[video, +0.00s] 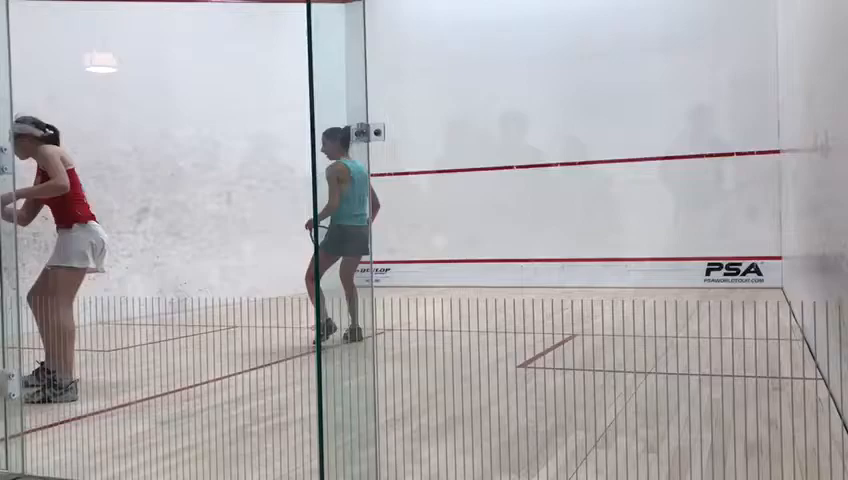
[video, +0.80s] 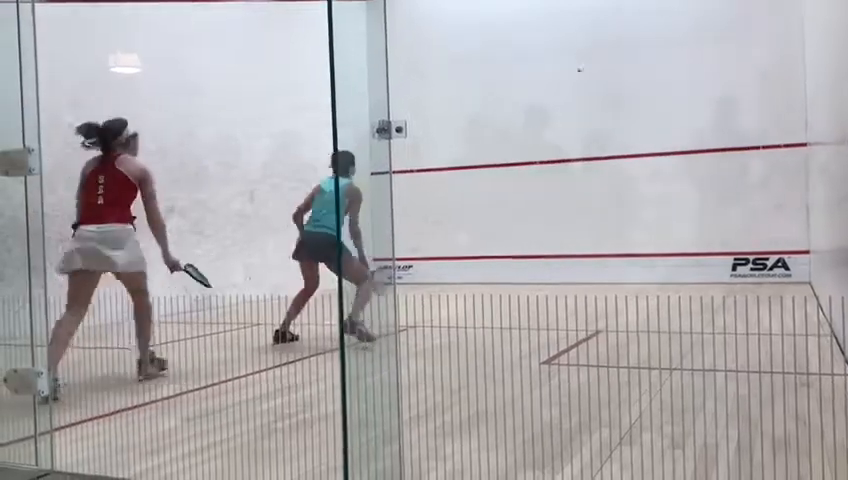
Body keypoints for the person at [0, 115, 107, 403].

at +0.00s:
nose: (13, 148)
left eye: (15, 141)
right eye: (12, 143)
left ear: (28, 137)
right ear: (32, 139)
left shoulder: (47, 151)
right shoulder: (44, 167)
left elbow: (61, 184)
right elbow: (24, 217)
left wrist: (16, 194)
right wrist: (3, 208)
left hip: (80, 235)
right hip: (69, 236)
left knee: (61, 304)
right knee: (38, 298)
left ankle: (66, 381)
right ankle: (53, 367)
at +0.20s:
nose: (13, 159)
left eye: (12, 152)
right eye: (11, 154)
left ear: (21, 146)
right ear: (28, 146)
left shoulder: (38, 154)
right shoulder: (40, 170)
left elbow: (36, 192)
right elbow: (15, 213)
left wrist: (7, 195)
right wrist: (9, 191)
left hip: (81, 234)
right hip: (73, 235)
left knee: (58, 305)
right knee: (53, 303)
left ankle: (71, 380)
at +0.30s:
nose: (13, 176)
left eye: (13, 170)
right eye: (11, 172)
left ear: (22, 164)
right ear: (29, 161)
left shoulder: (39, 172)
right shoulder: (40, 178)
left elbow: (25, 224)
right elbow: (24, 225)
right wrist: (9, 200)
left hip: (78, 252)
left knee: (42, 314)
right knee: (43, 315)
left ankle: (74, 381)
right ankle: (70, 379)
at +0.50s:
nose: (44, 178)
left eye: (46, 174)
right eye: (45, 174)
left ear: (54, 173)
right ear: (74, 175)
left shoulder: (44, 185)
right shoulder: (87, 190)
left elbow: (26, 229)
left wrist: (11, 264)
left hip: (66, 248)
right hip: (99, 246)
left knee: (48, 322)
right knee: (72, 315)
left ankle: (77, 373)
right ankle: (48, 368)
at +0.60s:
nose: (64, 152)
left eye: (64, 148)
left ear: (66, 150)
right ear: (92, 149)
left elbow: (38, 224)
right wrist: (147, 252)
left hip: (68, 238)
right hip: (104, 237)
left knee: (59, 318)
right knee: (88, 315)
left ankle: (73, 374)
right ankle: (63, 370)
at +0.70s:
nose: (118, 139)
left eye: (116, 135)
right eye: (116, 135)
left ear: (85, 139)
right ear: (109, 138)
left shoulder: (69, 164)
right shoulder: (123, 161)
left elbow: (58, 211)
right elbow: (144, 204)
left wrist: (66, 243)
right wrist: (158, 244)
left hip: (76, 230)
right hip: (112, 228)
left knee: (69, 307)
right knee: (112, 303)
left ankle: (59, 368)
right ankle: (100, 363)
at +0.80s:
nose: (138, 142)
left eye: (136, 138)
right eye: (135, 139)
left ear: (106, 143)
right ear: (127, 142)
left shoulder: (90, 167)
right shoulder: (138, 170)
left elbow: (81, 206)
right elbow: (154, 218)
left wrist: (85, 235)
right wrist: (167, 255)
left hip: (86, 240)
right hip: (120, 241)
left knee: (74, 310)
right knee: (140, 297)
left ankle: (49, 375)